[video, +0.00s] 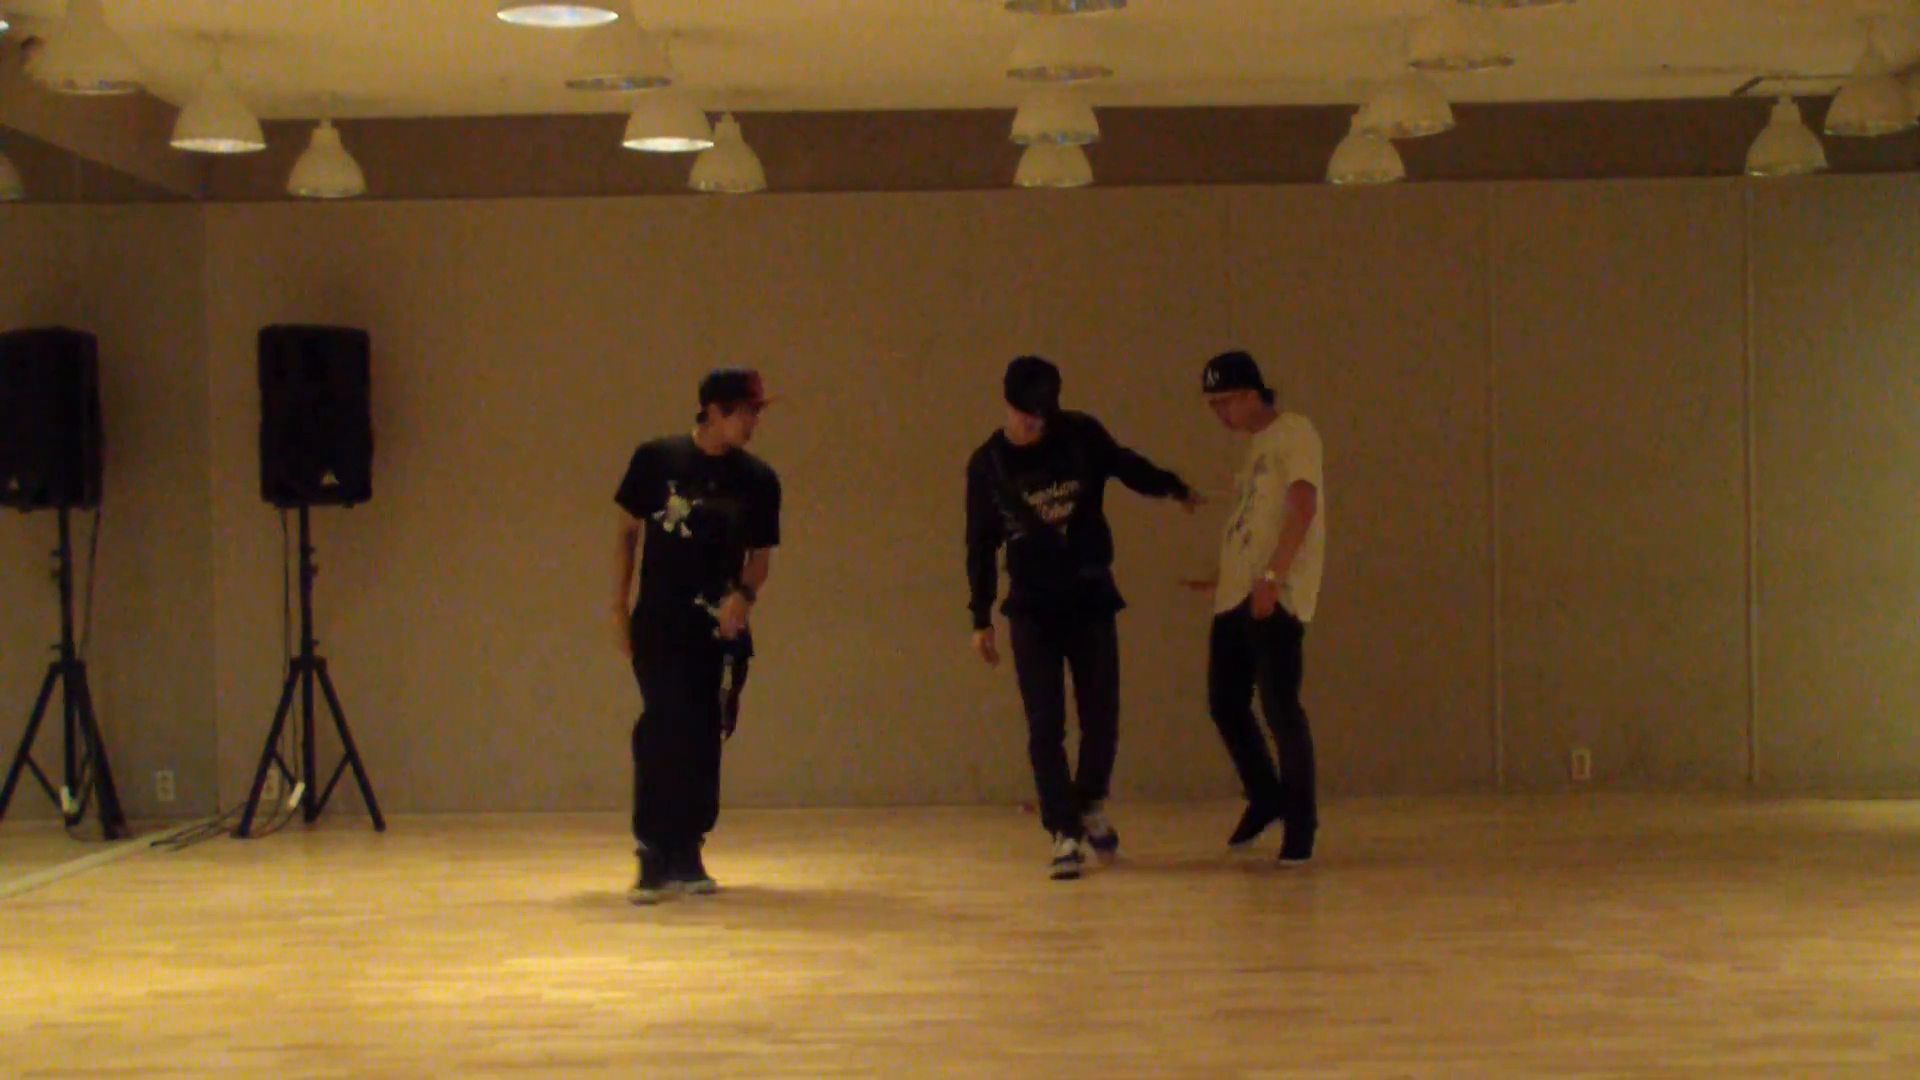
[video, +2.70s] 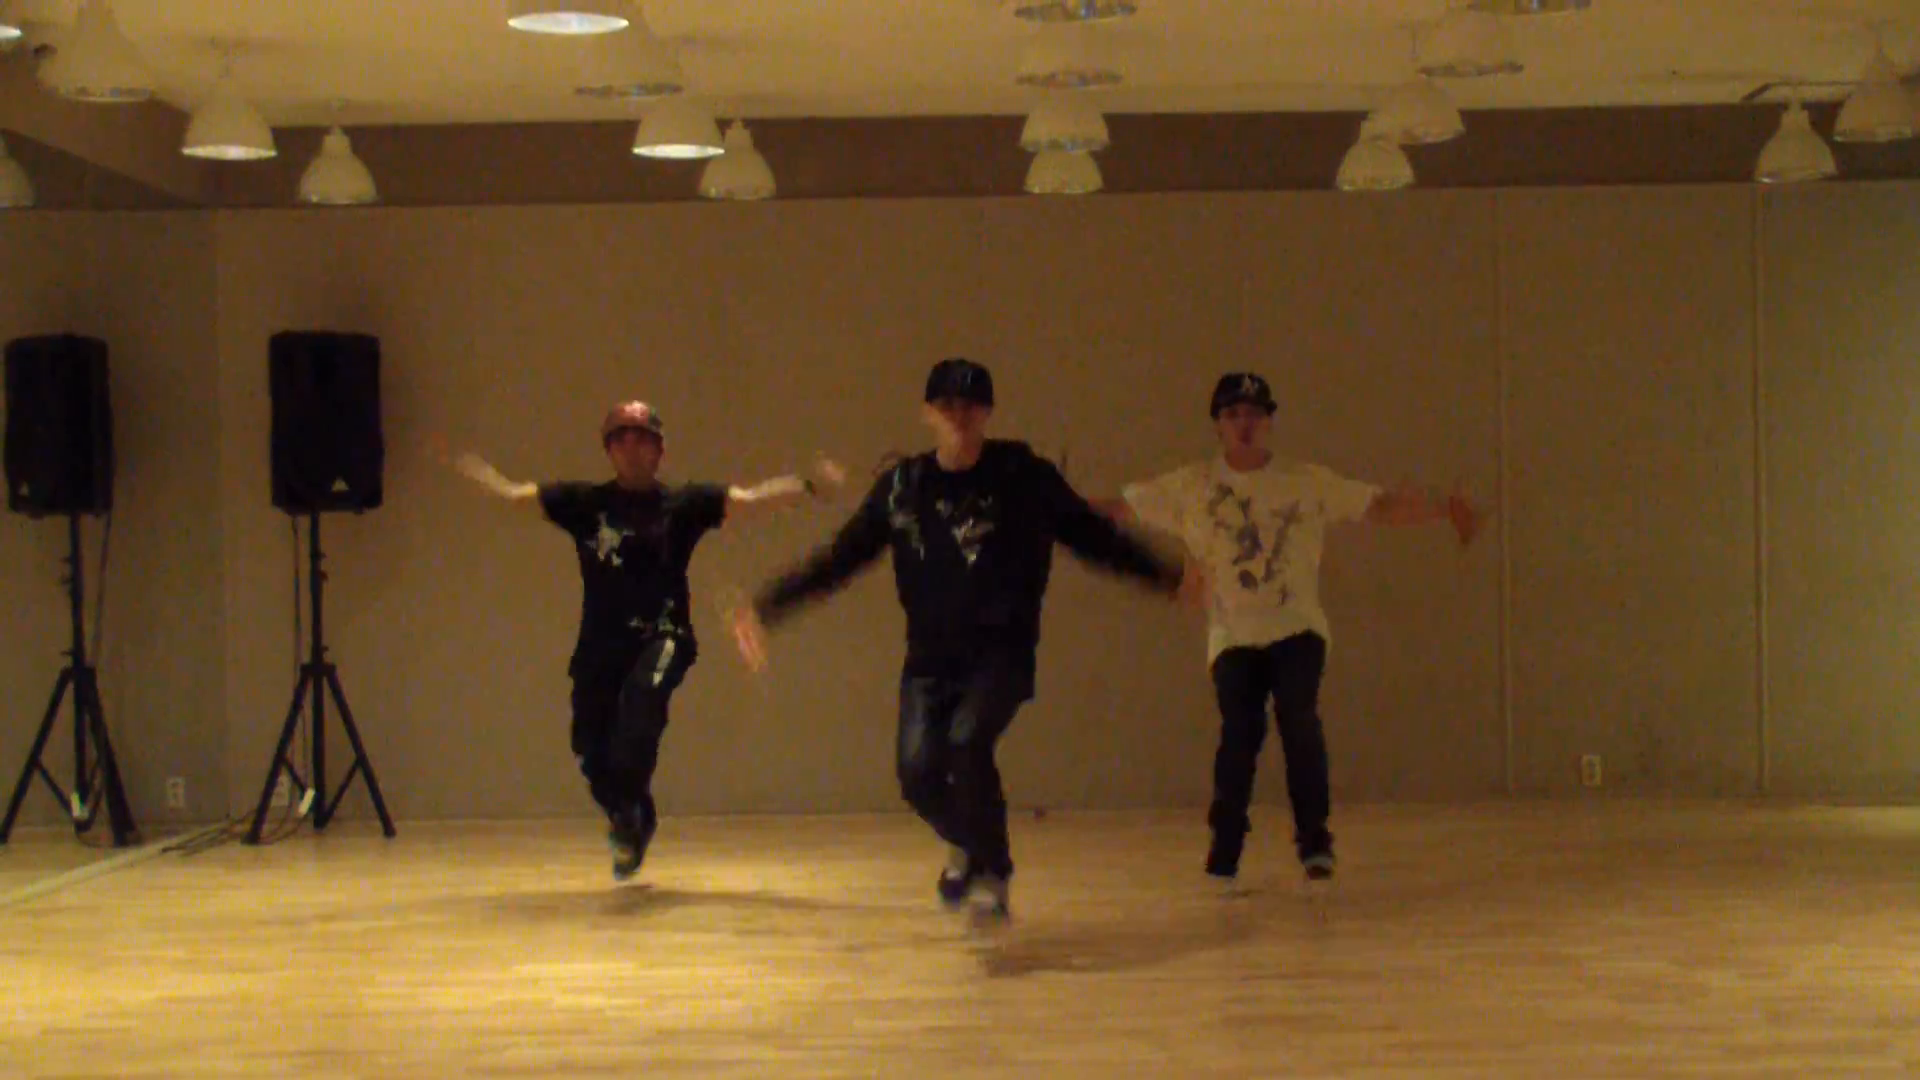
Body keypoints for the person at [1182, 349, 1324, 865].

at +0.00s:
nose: (1222, 415)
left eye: (1226, 403)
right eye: (1216, 406)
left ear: (1253, 394)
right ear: (1226, 402)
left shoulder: (1294, 433)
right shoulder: (1253, 447)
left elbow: (1302, 508)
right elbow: (1254, 525)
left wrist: (1272, 577)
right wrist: (1223, 580)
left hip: (1276, 601)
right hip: (1236, 601)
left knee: (1281, 710)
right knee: (1228, 705)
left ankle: (1301, 823)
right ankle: (1263, 796)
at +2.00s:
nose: (1240, 404)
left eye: (1249, 396)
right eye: (1229, 396)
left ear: (1265, 406)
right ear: (1215, 408)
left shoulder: (1295, 464)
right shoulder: (1190, 466)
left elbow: (1319, 508)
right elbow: (1176, 519)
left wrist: (1299, 550)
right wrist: (1181, 572)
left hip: (1278, 617)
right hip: (1217, 619)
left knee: (1279, 729)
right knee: (1231, 732)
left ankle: (1266, 831)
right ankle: (1234, 844)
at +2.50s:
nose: (1233, 443)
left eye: (1242, 434)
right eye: (1222, 434)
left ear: (1256, 443)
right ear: (1205, 447)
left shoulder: (1286, 502)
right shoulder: (1191, 507)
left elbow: (1321, 525)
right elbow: (1169, 538)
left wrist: (1355, 526)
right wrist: (1148, 539)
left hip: (1283, 641)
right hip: (1223, 651)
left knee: (1287, 727)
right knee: (1237, 758)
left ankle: (1287, 811)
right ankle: (1244, 849)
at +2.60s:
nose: (1239, 426)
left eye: (1249, 417)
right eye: (1229, 417)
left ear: (1263, 424)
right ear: (1210, 427)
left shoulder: (1297, 489)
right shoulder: (1189, 498)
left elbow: (1372, 499)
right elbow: (1118, 505)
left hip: (1288, 629)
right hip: (1225, 641)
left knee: (1296, 707)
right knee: (1237, 751)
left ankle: (1300, 815)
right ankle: (1239, 839)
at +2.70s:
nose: (1243, 425)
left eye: (1253, 415)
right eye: (1232, 416)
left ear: (1270, 421)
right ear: (1216, 424)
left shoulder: (1306, 483)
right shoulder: (1192, 488)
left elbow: (1381, 505)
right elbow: (1119, 508)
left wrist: (1445, 507)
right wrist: (1062, 507)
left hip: (1297, 627)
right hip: (1233, 634)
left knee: (1299, 722)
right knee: (1240, 730)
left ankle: (1314, 842)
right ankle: (1225, 844)